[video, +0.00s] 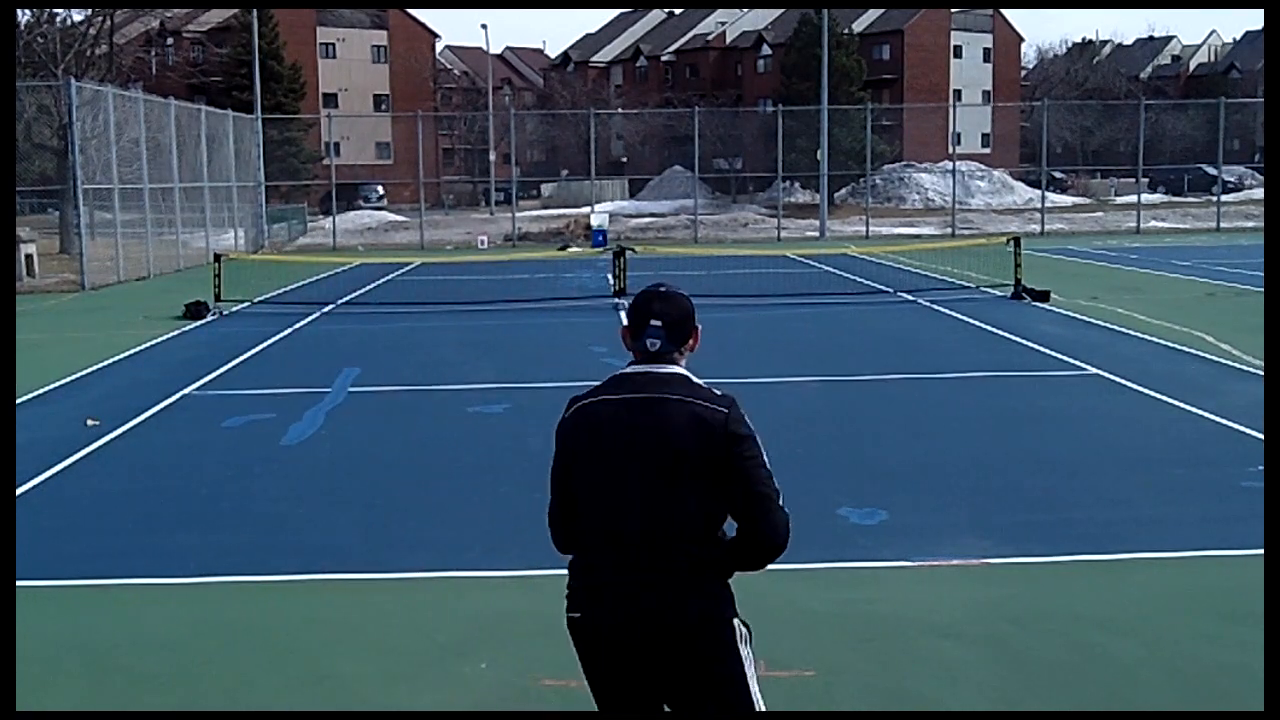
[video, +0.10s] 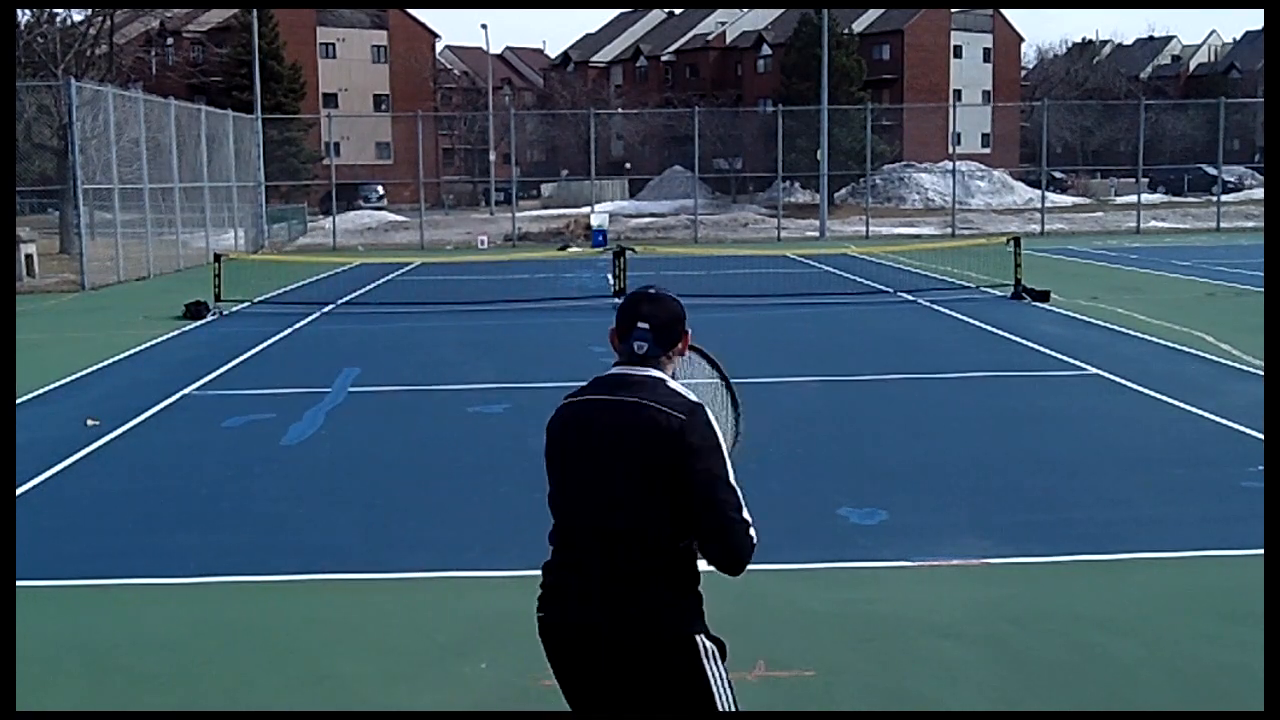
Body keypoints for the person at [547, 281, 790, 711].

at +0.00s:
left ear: (625, 336)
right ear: (693, 338)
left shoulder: (581, 411)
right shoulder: (718, 411)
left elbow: (564, 535)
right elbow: (769, 534)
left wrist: (626, 540)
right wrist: (712, 559)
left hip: (604, 622)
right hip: (696, 623)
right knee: (731, 713)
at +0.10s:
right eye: (685, 343)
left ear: (613, 340)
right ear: (683, 346)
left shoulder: (566, 412)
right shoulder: (685, 414)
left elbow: (573, 514)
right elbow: (734, 553)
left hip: (569, 619)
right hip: (661, 624)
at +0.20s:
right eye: (677, 341)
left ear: (601, 340)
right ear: (672, 349)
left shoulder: (561, 410)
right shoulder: (661, 417)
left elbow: (607, 511)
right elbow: (695, 562)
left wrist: (698, 493)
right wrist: (733, 544)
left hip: (539, 624)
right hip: (624, 632)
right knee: (687, 703)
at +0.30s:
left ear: (591, 344)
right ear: (664, 353)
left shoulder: (551, 410)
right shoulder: (647, 426)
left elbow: (610, 525)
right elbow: (678, 576)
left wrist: (707, 487)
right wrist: (737, 545)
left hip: (509, 632)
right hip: (593, 643)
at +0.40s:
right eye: (667, 360)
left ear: (584, 359)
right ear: (659, 369)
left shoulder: (546, 419)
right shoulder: (635, 446)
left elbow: (611, 535)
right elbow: (672, 596)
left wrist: (707, 496)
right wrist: (747, 553)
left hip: (477, 649)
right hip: (551, 667)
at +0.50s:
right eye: (657, 372)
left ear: (576, 365)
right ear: (650, 381)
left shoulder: (536, 426)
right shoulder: (611, 451)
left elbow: (603, 544)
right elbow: (648, 604)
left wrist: (709, 519)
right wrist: (749, 559)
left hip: (445, 653)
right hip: (514, 675)